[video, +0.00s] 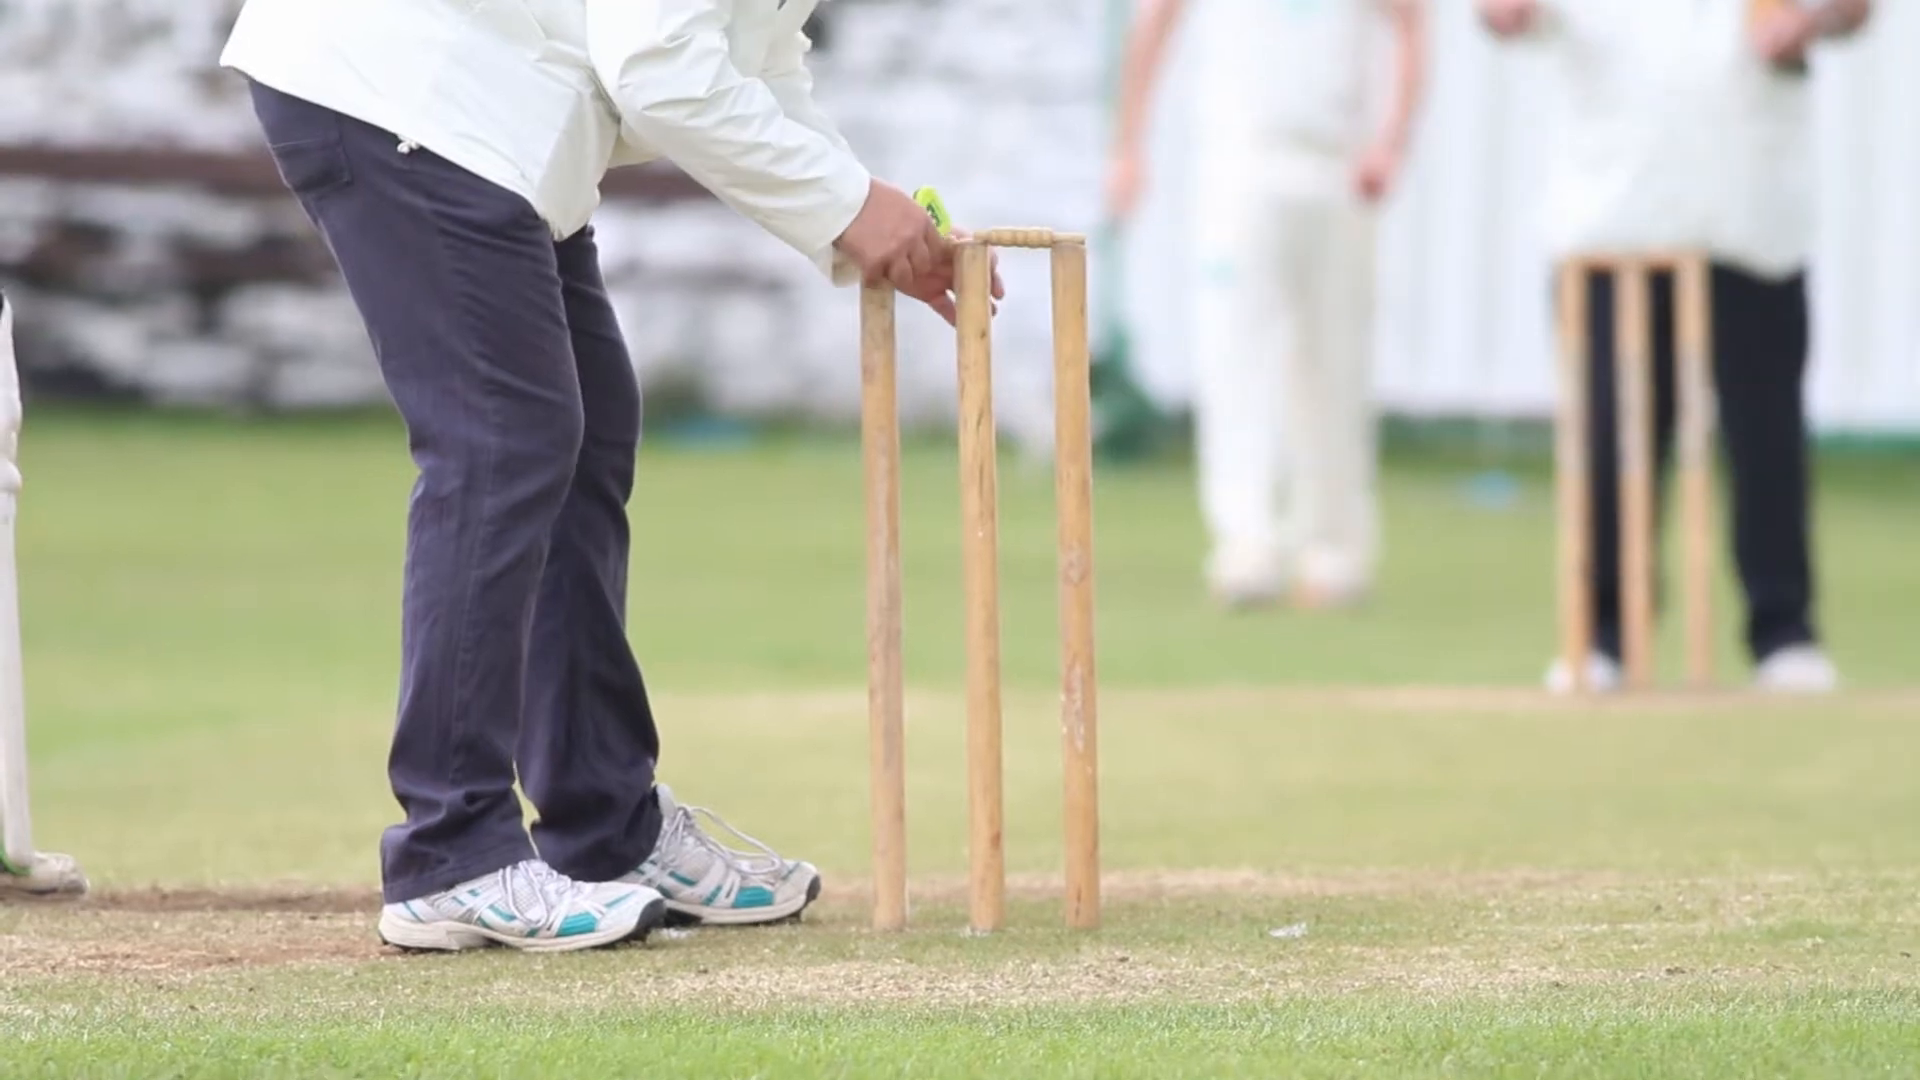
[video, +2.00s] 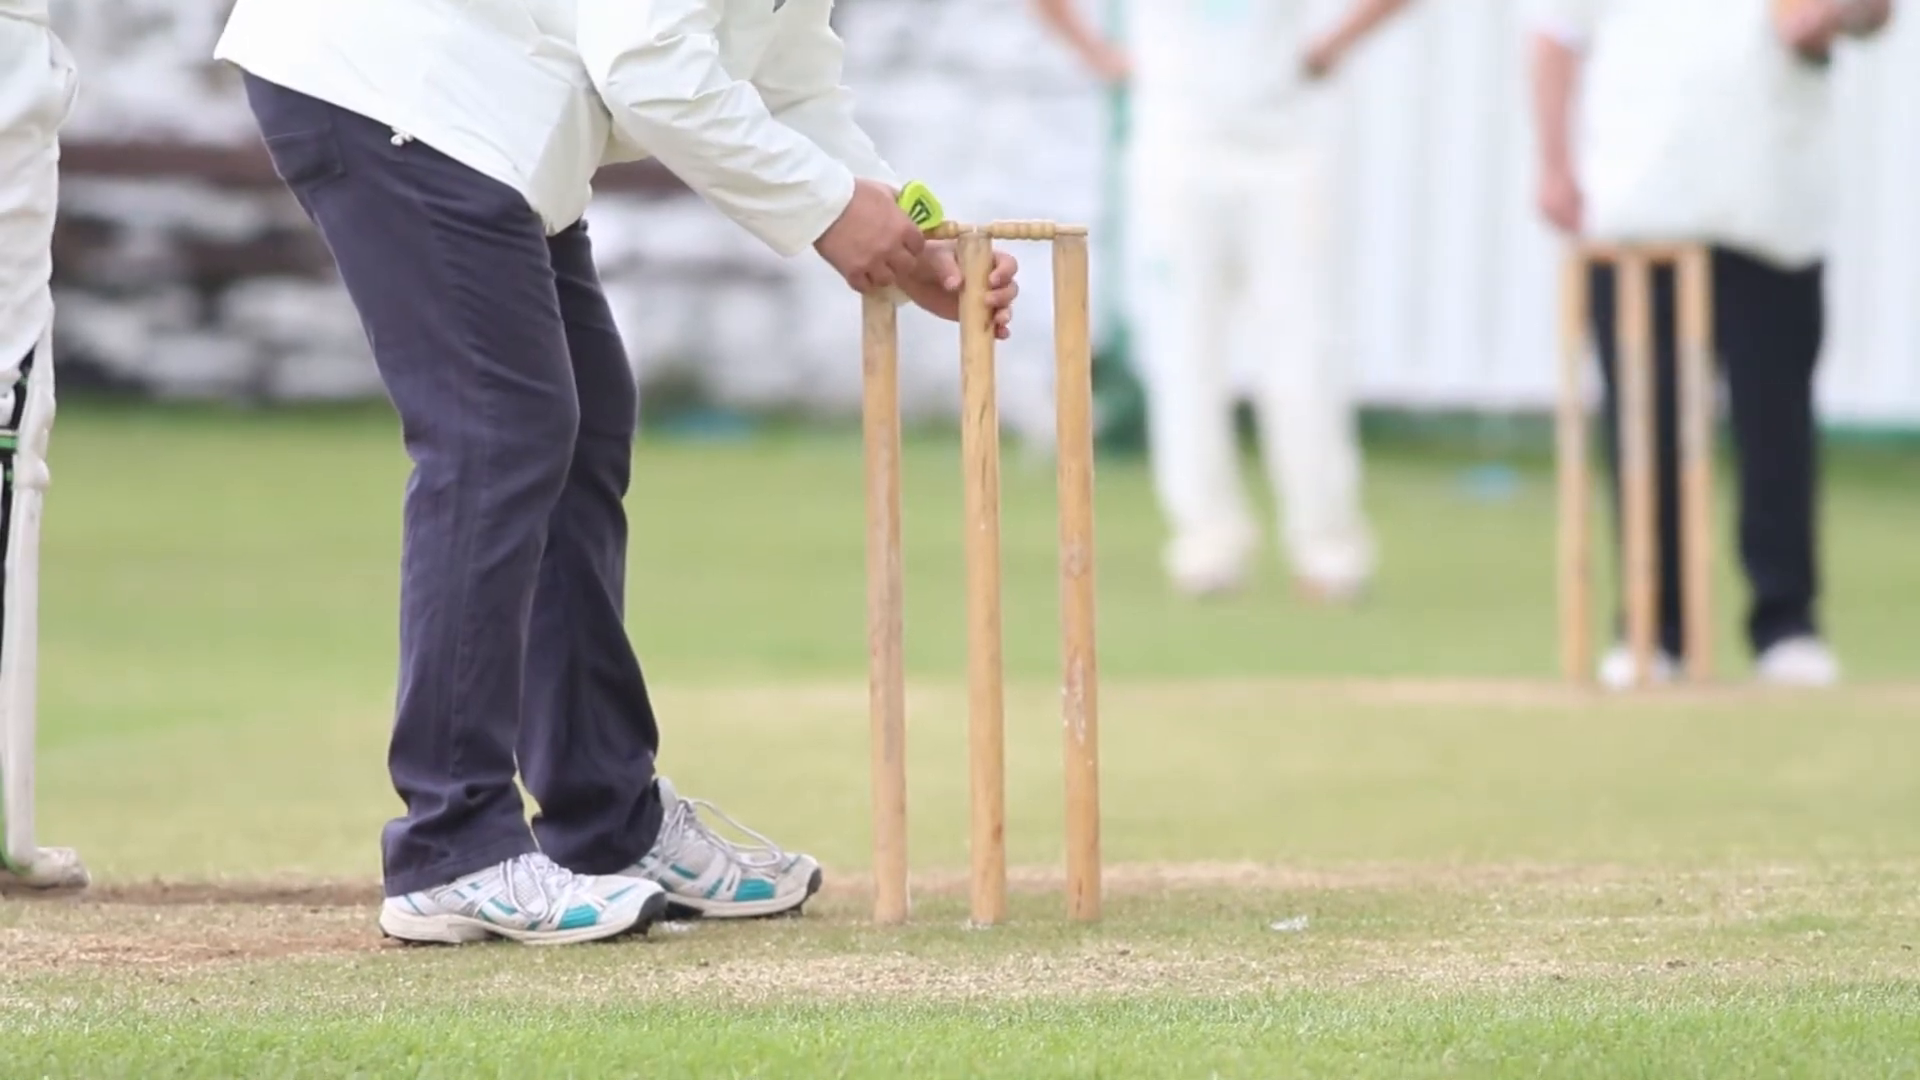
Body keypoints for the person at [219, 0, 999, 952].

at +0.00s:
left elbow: (771, 77)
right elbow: (657, 73)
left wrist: (875, 229)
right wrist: (852, 202)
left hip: (492, 77)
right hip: (385, 59)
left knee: (589, 424)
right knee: (508, 434)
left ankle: (604, 833)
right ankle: (451, 863)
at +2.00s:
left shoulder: (784, 3)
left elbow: (803, 102)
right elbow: (646, 64)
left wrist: (913, 241)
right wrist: (828, 212)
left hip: (494, 81)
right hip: (379, 58)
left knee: (585, 416)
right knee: (504, 425)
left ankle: (604, 825)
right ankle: (450, 858)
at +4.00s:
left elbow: (814, 60)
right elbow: (656, 52)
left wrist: (954, 189)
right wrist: (846, 189)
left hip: (487, 75)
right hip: (383, 53)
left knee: (588, 414)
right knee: (505, 422)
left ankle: (607, 817)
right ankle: (453, 849)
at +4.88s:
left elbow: (750, 20)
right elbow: (612, 15)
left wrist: (904, 154)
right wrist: (802, 140)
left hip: (517, 68)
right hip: (394, 53)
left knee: (620, 401)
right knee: (552, 405)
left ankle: (608, 809)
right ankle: (463, 828)